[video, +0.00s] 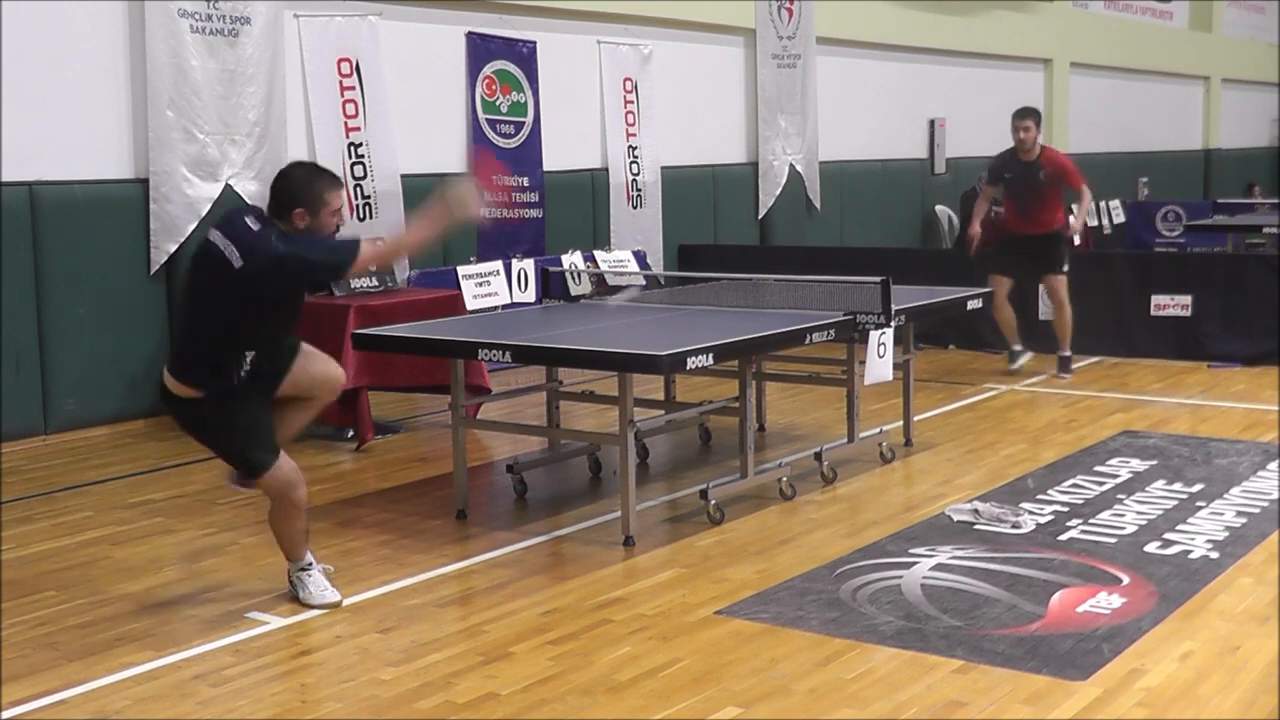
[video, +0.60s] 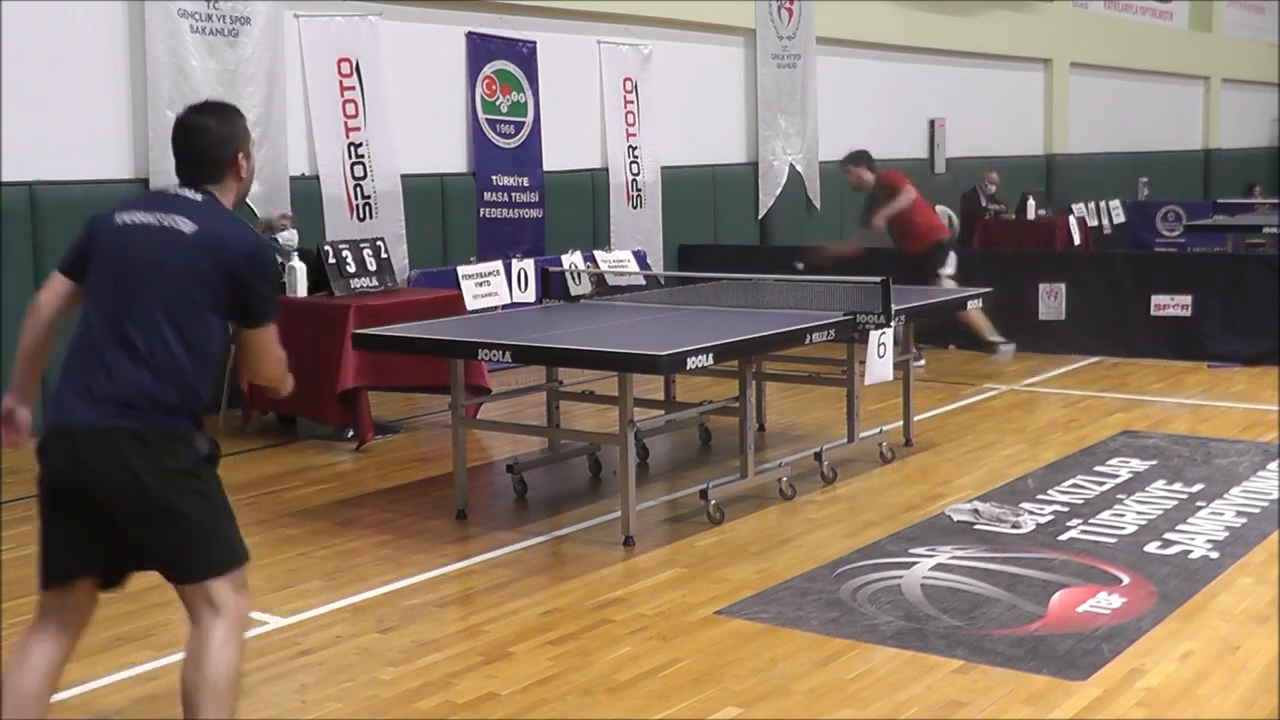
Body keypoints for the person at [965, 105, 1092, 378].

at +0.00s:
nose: (1020, 135)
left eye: (1026, 130)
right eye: (1016, 130)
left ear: (1038, 131)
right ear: (1012, 132)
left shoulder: (1055, 161)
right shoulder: (1003, 162)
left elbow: (1085, 192)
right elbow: (986, 196)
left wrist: (1079, 220)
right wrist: (975, 223)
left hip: (1050, 237)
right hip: (1013, 237)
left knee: (1057, 293)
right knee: (997, 294)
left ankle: (1064, 353)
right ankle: (1016, 349)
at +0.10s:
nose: (1003, 146)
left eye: (1008, 140)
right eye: (999, 140)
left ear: (1020, 142)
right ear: (995, 142)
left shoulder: (1036, 169)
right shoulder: (988, 172)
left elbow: (1065, 205)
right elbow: (972, 208)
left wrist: (1046, 223)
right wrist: (961, 239)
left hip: (1034, 247)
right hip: (996, 246)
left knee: (1044, 301)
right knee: (970, 291)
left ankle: (1054, 357)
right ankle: (963, 350)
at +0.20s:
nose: (984, 159)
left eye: (990, 153)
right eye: (981, 154)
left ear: (1004, 154)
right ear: (977, 156)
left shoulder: (1020, 181)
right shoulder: (976, 185)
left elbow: (1044, 219)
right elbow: (962, 225)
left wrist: (1016, 236)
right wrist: (948, 252)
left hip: (1021, 256)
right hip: (983, 255)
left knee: (1038, 305)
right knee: (949, 300)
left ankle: (1054, 358)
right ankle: (929, 350)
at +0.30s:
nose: (941, 174)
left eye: (946, 168)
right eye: (938, 169)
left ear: (960, 166)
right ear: (936, 172)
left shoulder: (979, 191)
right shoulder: (950, 200)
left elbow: (976, 235)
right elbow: (951, 240)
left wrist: (940, 246)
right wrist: (932, 273)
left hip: (1003, 261)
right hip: (969, 260)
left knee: (1019, 317)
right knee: (926, 298)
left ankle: (1057, 356)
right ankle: (912, 352)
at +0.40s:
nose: (907, 183)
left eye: (910, 177)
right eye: (905, 178)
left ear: (925, 174)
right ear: (917, 177)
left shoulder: (939, 195)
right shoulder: (934, 198)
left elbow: (926, 232)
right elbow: (944, 241)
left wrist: (898, 256)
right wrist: (933, 270)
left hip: (989, 265)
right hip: (958, 265)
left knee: (1011, 321)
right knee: (918, 300)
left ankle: (1065, 355)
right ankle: (912, 353)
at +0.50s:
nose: (866, 184)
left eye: (868, 179)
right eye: (865, 179)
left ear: (882, 176)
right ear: (882, 177)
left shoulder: (899, 190)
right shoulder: (896, 196)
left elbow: (910, 208)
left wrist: (901, 238)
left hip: (954, 255)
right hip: (926, 259)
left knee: (982, 306)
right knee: (897, 299)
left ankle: (1044, 344)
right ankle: (910, 352)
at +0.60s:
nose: (849, 181)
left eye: (849, 175)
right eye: (847, 177)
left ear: (862, 168)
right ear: (858, 172)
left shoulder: (889, 177)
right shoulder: (873, 200)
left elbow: (909, 194)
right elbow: (860, 242)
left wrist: (883, 215)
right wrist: (830, 251)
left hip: (936, 247)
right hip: (910, 254)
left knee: (948, 294)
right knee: (901, 304)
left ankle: (997, 341)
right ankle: (911, 353)